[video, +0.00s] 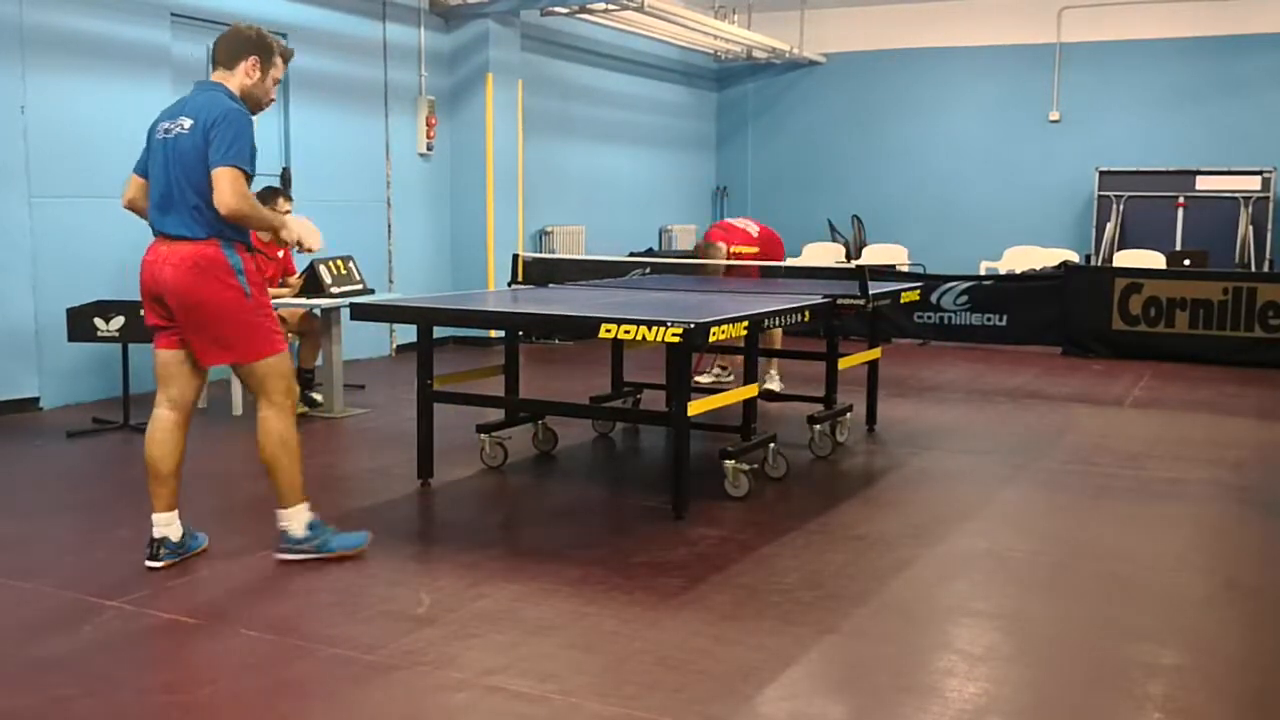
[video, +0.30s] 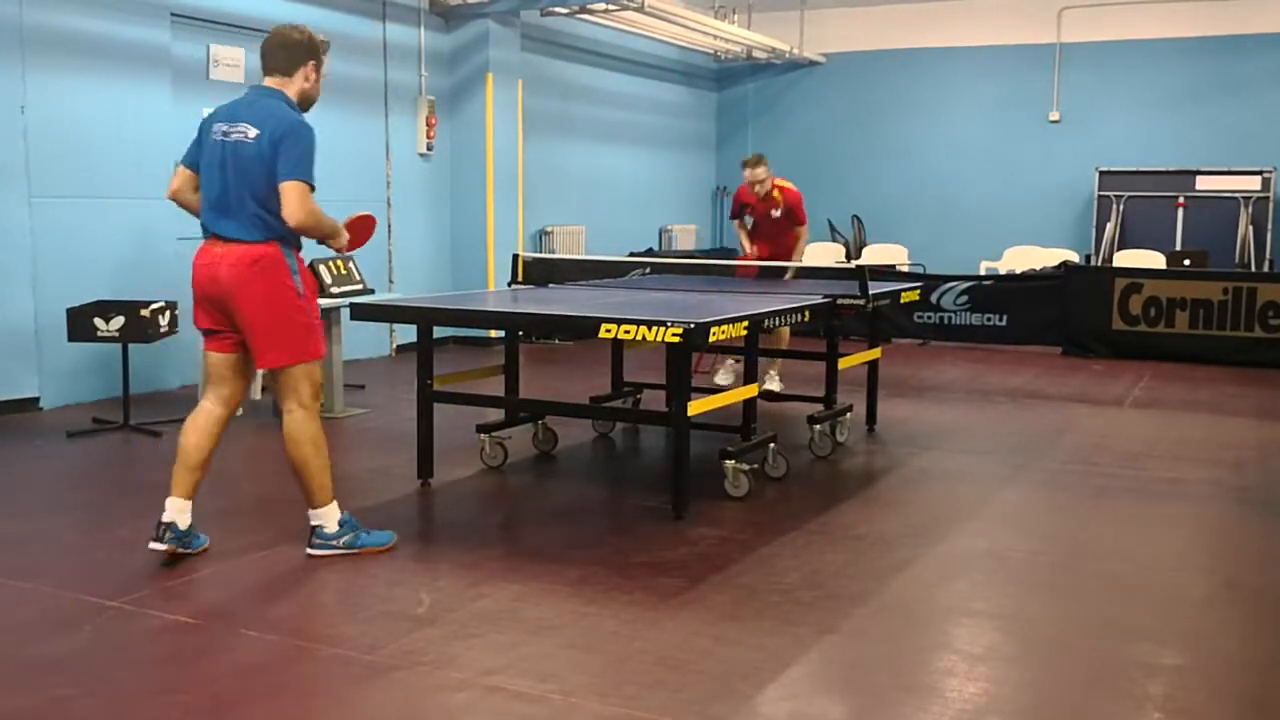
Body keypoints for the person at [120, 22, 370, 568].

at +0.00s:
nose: (275, 92)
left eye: (278, 82)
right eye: (275, 79)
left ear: (226, 68)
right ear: (248, 67)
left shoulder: (169, 115)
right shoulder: (229, 113)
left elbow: (136, 197)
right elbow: (230, 201)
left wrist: (191, 221)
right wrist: (281, 222)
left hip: (160, 265)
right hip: (211, 265)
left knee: (172, 400)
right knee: (277, 392)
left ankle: (165, 534)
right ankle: (298, 527)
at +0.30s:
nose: (321, 85)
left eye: (321, 75)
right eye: (321, 74)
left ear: (268, 69)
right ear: (306, 72)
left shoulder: (217, 116)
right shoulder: (291, 125)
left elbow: (181, 189)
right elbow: (297, 212)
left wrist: (226, 218)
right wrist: (337, 233)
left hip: (211, 267)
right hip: (266, 269)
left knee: (219, 395)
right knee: (301, 398)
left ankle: (174, 521)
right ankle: (329, 525)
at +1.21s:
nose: (332, 140)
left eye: (332, 131)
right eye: (329, 131)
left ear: (287, 130)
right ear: (309, 131)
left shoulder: (245, 159)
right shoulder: (278, 163)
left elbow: (187, 215)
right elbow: (244, 221)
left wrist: (267, 233)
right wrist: (294, 251)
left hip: (182, 274)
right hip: (215, 275)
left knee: (226, 381)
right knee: (273, 393)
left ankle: (200, 481)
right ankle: (290, 519)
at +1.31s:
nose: (334, 140)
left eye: (333, 130)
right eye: (330, 130)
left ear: (286, 131)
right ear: (310, 131)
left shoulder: (245, 160)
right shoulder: (281, 162)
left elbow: (185, 208)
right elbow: (255, 224)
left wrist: (221, 253)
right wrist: (306, 250)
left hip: (180, 274)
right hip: (216, 276)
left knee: (222, 383)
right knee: (275, 394)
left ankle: (200, 482)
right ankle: (293, 521)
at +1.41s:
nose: (339, 148)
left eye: (338, 139)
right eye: (336, 139)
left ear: (290, 138)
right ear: (315, 138)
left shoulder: (248, 168)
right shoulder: (288, 170)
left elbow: (186, 212)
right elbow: (268, 236)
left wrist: (205, 266)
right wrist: (318, 254)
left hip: (177, 280)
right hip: (217, 282)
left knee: (221, 384)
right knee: (290, 395)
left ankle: (199, 483)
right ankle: (297, 525)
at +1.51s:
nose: (347, 162)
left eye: (347, 153)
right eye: (344, 152)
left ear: (296, 152)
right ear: (324, 154)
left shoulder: (252, 180)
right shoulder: (295, 185)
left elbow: (192, 229)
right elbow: (281, 258)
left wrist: (244, 273)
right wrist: (324, 271)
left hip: (176, 289)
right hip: (217, 290)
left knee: (221, 384)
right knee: (306, 396)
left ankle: (198, 483)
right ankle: (299, 525)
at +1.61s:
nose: (353, 176)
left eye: (351, 167)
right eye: (349, 167)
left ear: (303, 169)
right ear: (329, 171)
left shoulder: (261, 194)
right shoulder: (297, 201)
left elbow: (191, 235)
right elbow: (286, 280)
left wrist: (236, 285)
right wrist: (331, 286)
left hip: (174, 300)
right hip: (213, 303)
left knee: (219, 386)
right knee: (317, 397)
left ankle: (196, 483)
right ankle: (300, 524)